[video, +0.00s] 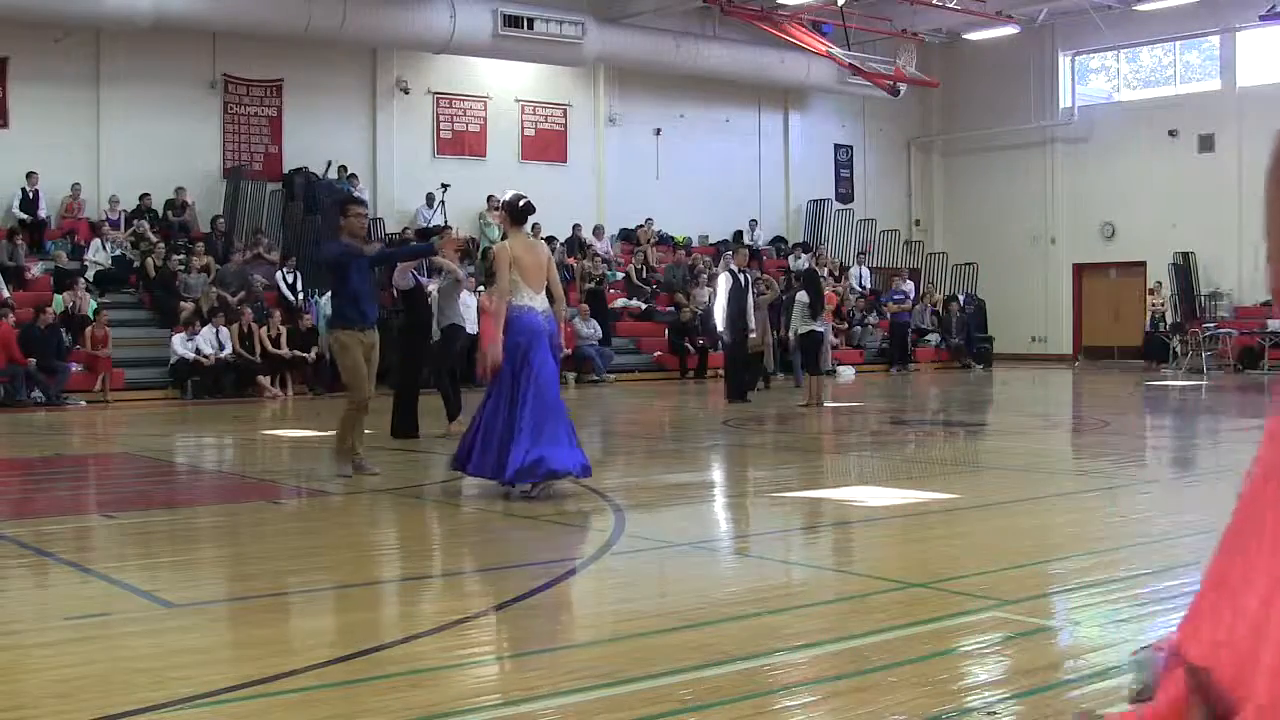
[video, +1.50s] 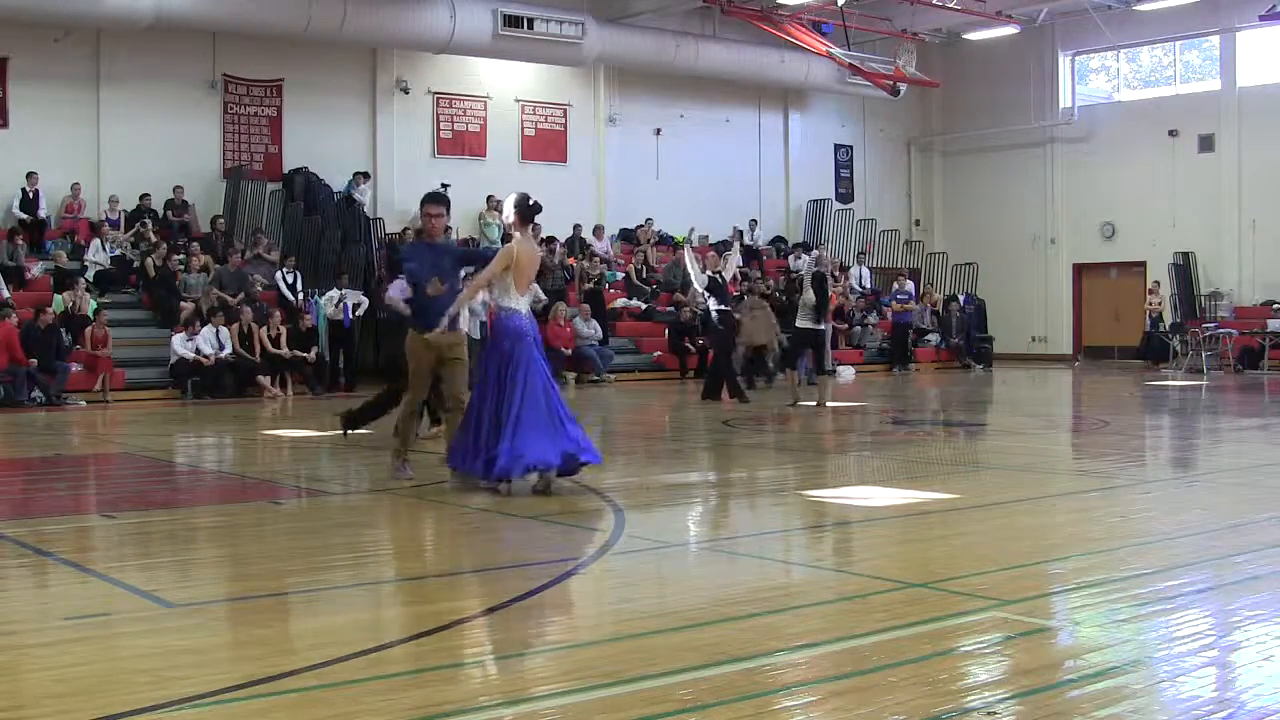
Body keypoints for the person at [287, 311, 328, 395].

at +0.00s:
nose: (310, 322)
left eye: (310, 320)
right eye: (307, 320)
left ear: (312, 320)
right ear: (300, 321)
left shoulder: (313, 330)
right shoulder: (292, 331)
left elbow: (315, 345)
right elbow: (292, 349)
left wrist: (313, 353)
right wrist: (304, 355)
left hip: (310, 354)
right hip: (298, 355)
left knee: (321, 359)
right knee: (305, 362)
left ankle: (321, 386)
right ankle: (312, 387)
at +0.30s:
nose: (310, 322)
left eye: (310, 320)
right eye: (307, 320)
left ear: (312, 320)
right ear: (299, 322)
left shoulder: (313, 330)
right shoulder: (292, 331)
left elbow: (314, 345)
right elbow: (292, 349)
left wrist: (312, 353)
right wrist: (304, 355)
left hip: (309, 354)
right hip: (298, 355)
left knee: (321, 359)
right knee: (304, 362)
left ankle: (320, 386)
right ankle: (312, 387)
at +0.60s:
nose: (310, 322)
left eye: (310, 320)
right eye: (307, 320)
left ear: (311, 320)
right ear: (300, 322)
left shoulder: (313, 330)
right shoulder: (292, 331)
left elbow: (315, 345)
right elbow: (292, 349)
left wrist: (312, 353)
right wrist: (304, 355)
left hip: (309, 354)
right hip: (297, 355)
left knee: (320, 356)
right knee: (304, 362)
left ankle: (320, 385)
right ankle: (312, 387)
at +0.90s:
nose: (310, 322)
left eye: (310, 320)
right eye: (307, 320)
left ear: (311, 320)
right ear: (300, 322)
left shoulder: (313, 329)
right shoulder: (293, 331)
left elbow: (315, 344)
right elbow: (292, 349)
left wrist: (312, 353)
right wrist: (304, 355)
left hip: (310, 354)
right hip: (298, 355)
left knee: (320, 359)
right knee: (305, 364)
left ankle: (318, 385)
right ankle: (313, 387)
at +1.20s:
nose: (310, 322)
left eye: (310, 320)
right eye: (307, 320)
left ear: (311, 320)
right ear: (300, 321)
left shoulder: (313, 329)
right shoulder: (293, 331)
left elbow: (315, 344)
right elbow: (292, 349)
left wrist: (312, 353)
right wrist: (304, 355)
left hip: (310, 354)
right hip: (298, 355)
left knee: (320, 359)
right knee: (305, 364)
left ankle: (318, 385)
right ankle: (313, 387)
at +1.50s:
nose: (310, 322)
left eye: (310, 320)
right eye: (307, 320)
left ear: (311, 321)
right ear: (300, 322)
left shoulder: (313, 330)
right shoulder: (293, 331)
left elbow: (315, 345)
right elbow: (292, 349)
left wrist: (313, 353)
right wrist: (305, 355)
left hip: (309, 355)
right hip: (298, 355)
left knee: (320, 358)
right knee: (305, 364)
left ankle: (320, 385)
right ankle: (313, 387)